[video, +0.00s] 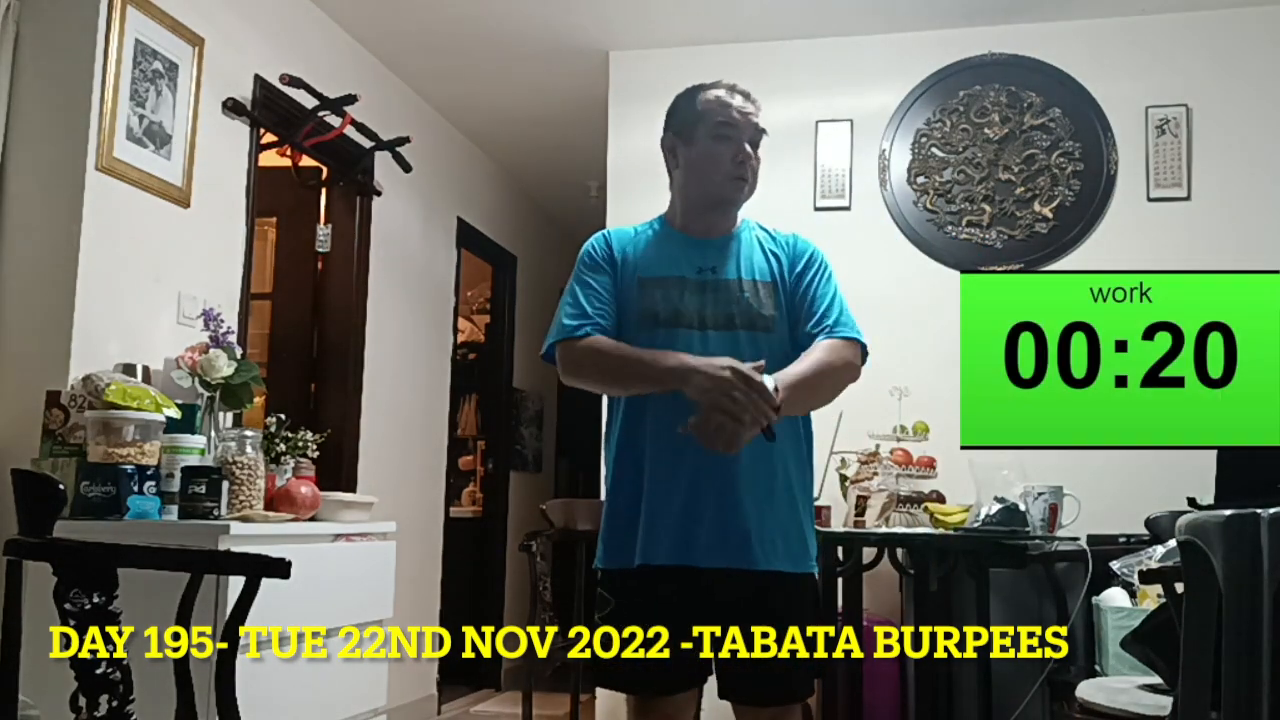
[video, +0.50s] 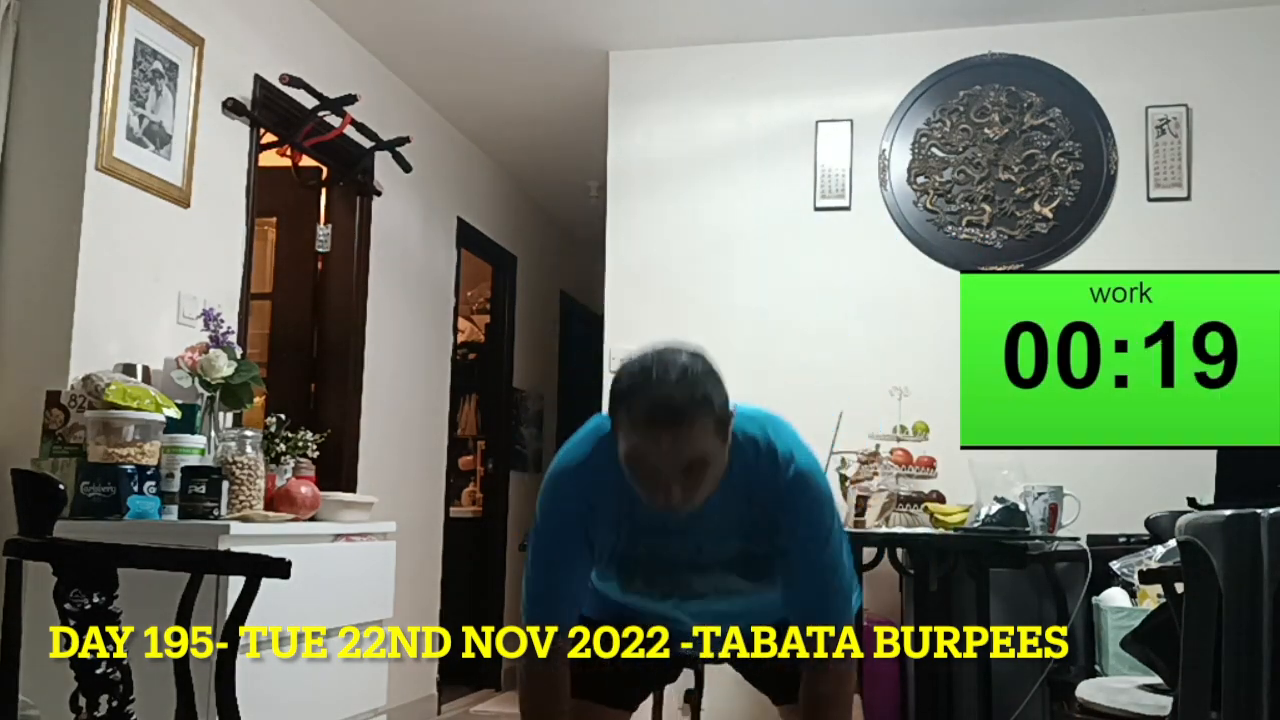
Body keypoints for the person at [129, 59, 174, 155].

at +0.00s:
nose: (156, 81)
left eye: (159, 78)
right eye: (154, 78)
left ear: (164, 80)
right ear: (152, 79)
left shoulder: (166, 96)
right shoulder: (152, 90)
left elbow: (158, 119)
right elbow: (148, 111)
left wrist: (141, 111)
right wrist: (141, 130)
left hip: (165, 132)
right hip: (152, 125)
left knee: (154, 127)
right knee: (138, 118)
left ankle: (157, 147)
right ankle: (150, 145)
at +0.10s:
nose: (156, 81)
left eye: (159, 78)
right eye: (154, 78)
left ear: (164, 80)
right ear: (152, 79)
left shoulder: (167, 96)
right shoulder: (152, 90)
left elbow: (158, 119)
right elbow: (148, 111)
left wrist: (141, 111)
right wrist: (141, 130)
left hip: (165, 132)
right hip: (152, 125)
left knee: (153, 127)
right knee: (139, 118)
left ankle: (157, 148)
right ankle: (150, 145)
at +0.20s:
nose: (156, 81)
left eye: (159, 78)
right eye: (154, 78)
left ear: (164, 80)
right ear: (152, 79)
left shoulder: (167, 96)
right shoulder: (152, 90)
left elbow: (158, 119)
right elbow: (148, 111)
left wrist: (141, 111)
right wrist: (141, 130)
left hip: (165, 132)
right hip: (152, 125)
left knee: (153, 127)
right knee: (139, 118)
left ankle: (157, 148)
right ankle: (150, 145)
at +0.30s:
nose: (156, 81)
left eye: (159, 78)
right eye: (154, 78)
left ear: (164, 80)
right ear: (152, 79)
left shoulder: (167, 96)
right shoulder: (152, 90)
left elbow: (158, 119)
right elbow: (148, 111)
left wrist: (141, 111)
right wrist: (141, 130)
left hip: (165, 132)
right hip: (152, 125)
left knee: (153, 127)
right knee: (139, 118)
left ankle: (157, 148)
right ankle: (149, 145)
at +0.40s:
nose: (156, 81)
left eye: (159, 78)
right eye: (154, 78)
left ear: (164, 80)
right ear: (152, 79)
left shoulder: (167, 96)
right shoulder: (152, 90)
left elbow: (158, 119)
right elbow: (148, 111)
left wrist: (141, 111)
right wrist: (141, 130)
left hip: (165, 132)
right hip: (152, 125)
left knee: (153, 127)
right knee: (139, 118)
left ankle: (157, 148)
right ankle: (149, 145)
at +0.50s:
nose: (156, 81)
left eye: (159, 78)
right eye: (154, 78)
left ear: (164, 80)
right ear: (152, 79)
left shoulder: (167, 96)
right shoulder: (152, 90)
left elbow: (158, 119)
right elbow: (148, 111)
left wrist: (141, 111)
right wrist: (141, 130)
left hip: (165, 132)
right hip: (152, 125)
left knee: (153, 127)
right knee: (139, 118)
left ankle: (157, 148)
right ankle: (149, 145)